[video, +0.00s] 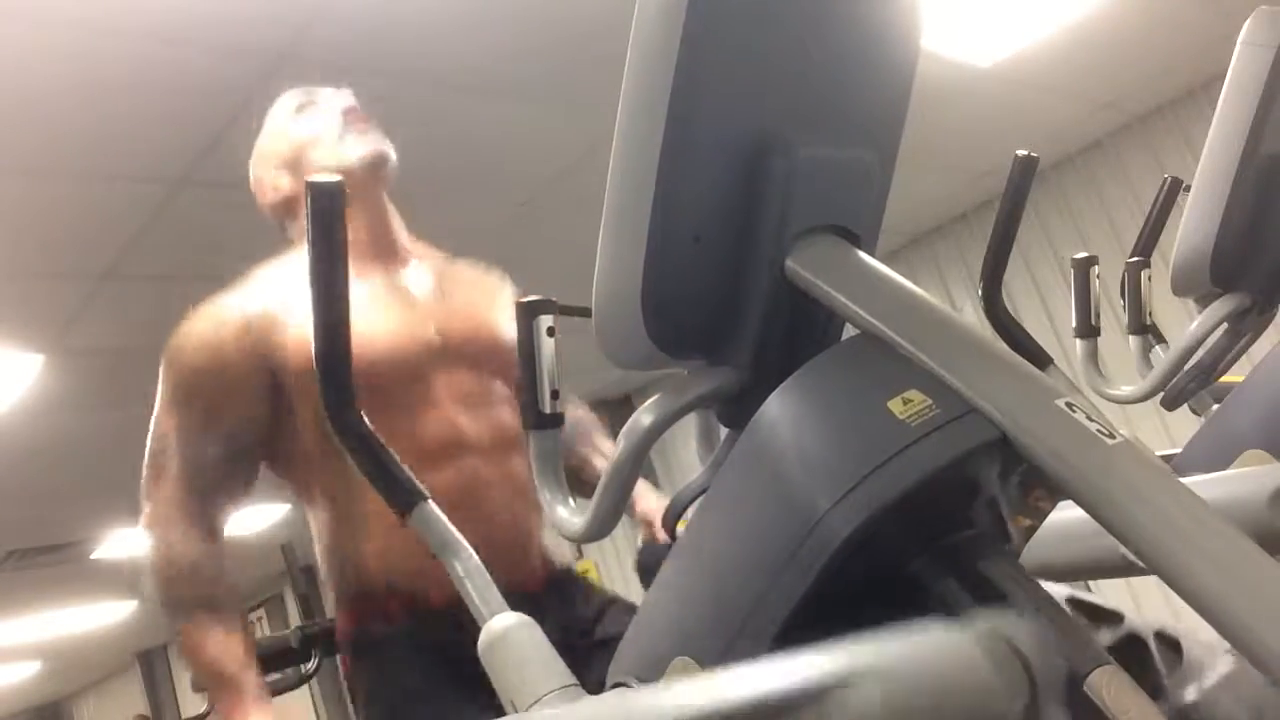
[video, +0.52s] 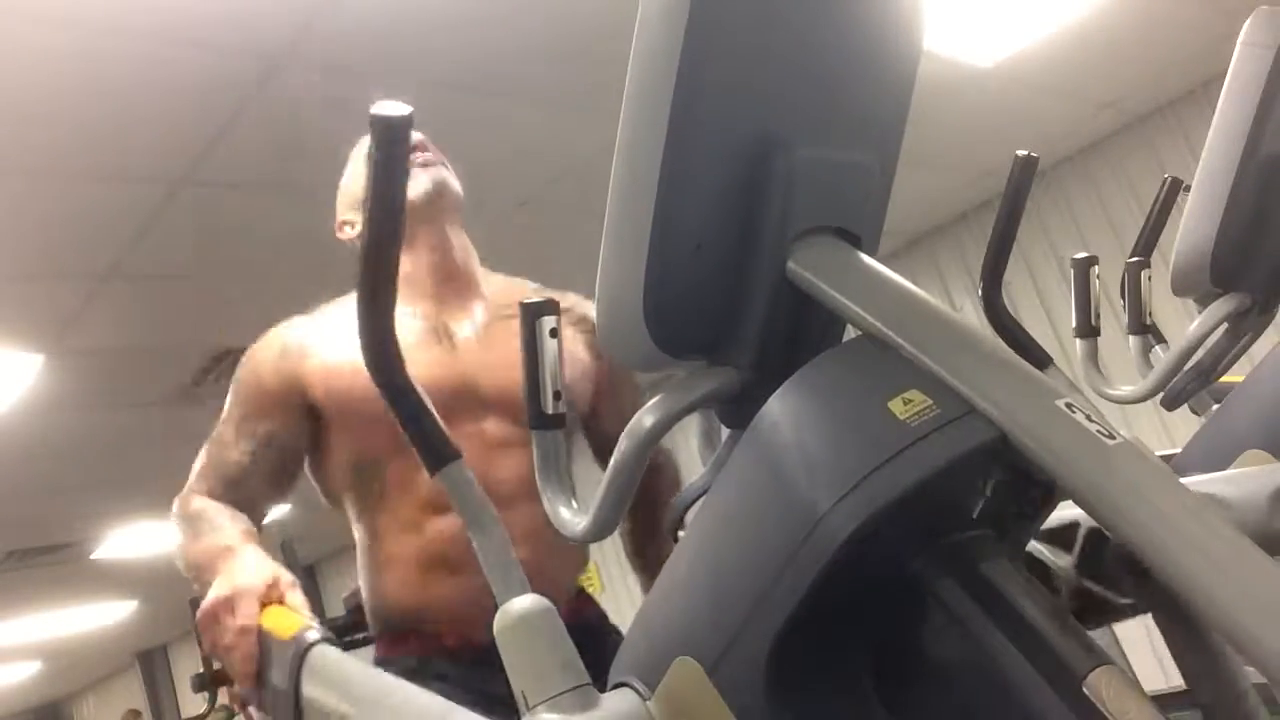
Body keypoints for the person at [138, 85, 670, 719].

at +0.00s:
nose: (346, 102)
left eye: (352, 101)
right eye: (308, 107)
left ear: (383, 145)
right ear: (272, 185)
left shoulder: (487, 288)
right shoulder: (238, 327)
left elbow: (563, 416)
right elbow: (180, 524)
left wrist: (649, 504)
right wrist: (238, 696)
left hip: (551, 607)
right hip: (406, 646)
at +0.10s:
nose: (352, 122)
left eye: (358, 120)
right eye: (315, 126)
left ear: (391, 165)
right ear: (273, 204)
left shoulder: (491, 305)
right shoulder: (249, 344)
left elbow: (565, 416)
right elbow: (167, 553)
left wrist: (643, 486)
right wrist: (237, 710)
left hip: (559, 637)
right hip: (411, 680)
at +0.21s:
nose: (342, 78)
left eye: (350, 79)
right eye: (306, 86)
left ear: (384, 122)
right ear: (273, 163)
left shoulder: (497, 255)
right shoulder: (247, 282)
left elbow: (580, 391)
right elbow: (188, 481)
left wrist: (646, 502)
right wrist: (239, 677)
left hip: (555, 587)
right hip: (401, 623)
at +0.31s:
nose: (356, 70)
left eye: (368, 72)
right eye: (322, 77)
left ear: (400, 110)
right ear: (291, 152)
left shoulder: (520, 243)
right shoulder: (255, 268)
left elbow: (601, 391)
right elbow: (191, 453)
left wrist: (652, 531)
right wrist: (234, 622)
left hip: (558, 570)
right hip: (407, 599)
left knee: (674, 707)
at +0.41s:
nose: (387, 126)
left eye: (399, 118)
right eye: (357, 124)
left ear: (432, 153)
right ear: (322, 185)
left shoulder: (543, 277)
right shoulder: (278, 309)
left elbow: (636, 437)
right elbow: (193, 472)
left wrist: (673, 589)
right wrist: (236, 586)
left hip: (564, 601)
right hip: (415, 629)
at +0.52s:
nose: (413, 138)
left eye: (422, 138)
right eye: (377, 147)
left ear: (458, 191)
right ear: (348, 223)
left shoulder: (568, 321)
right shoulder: (298, 352)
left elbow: (649, 481)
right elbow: (209, 502)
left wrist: (680, 628)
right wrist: (235, 563)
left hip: (574, 648)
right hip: (424, 672)